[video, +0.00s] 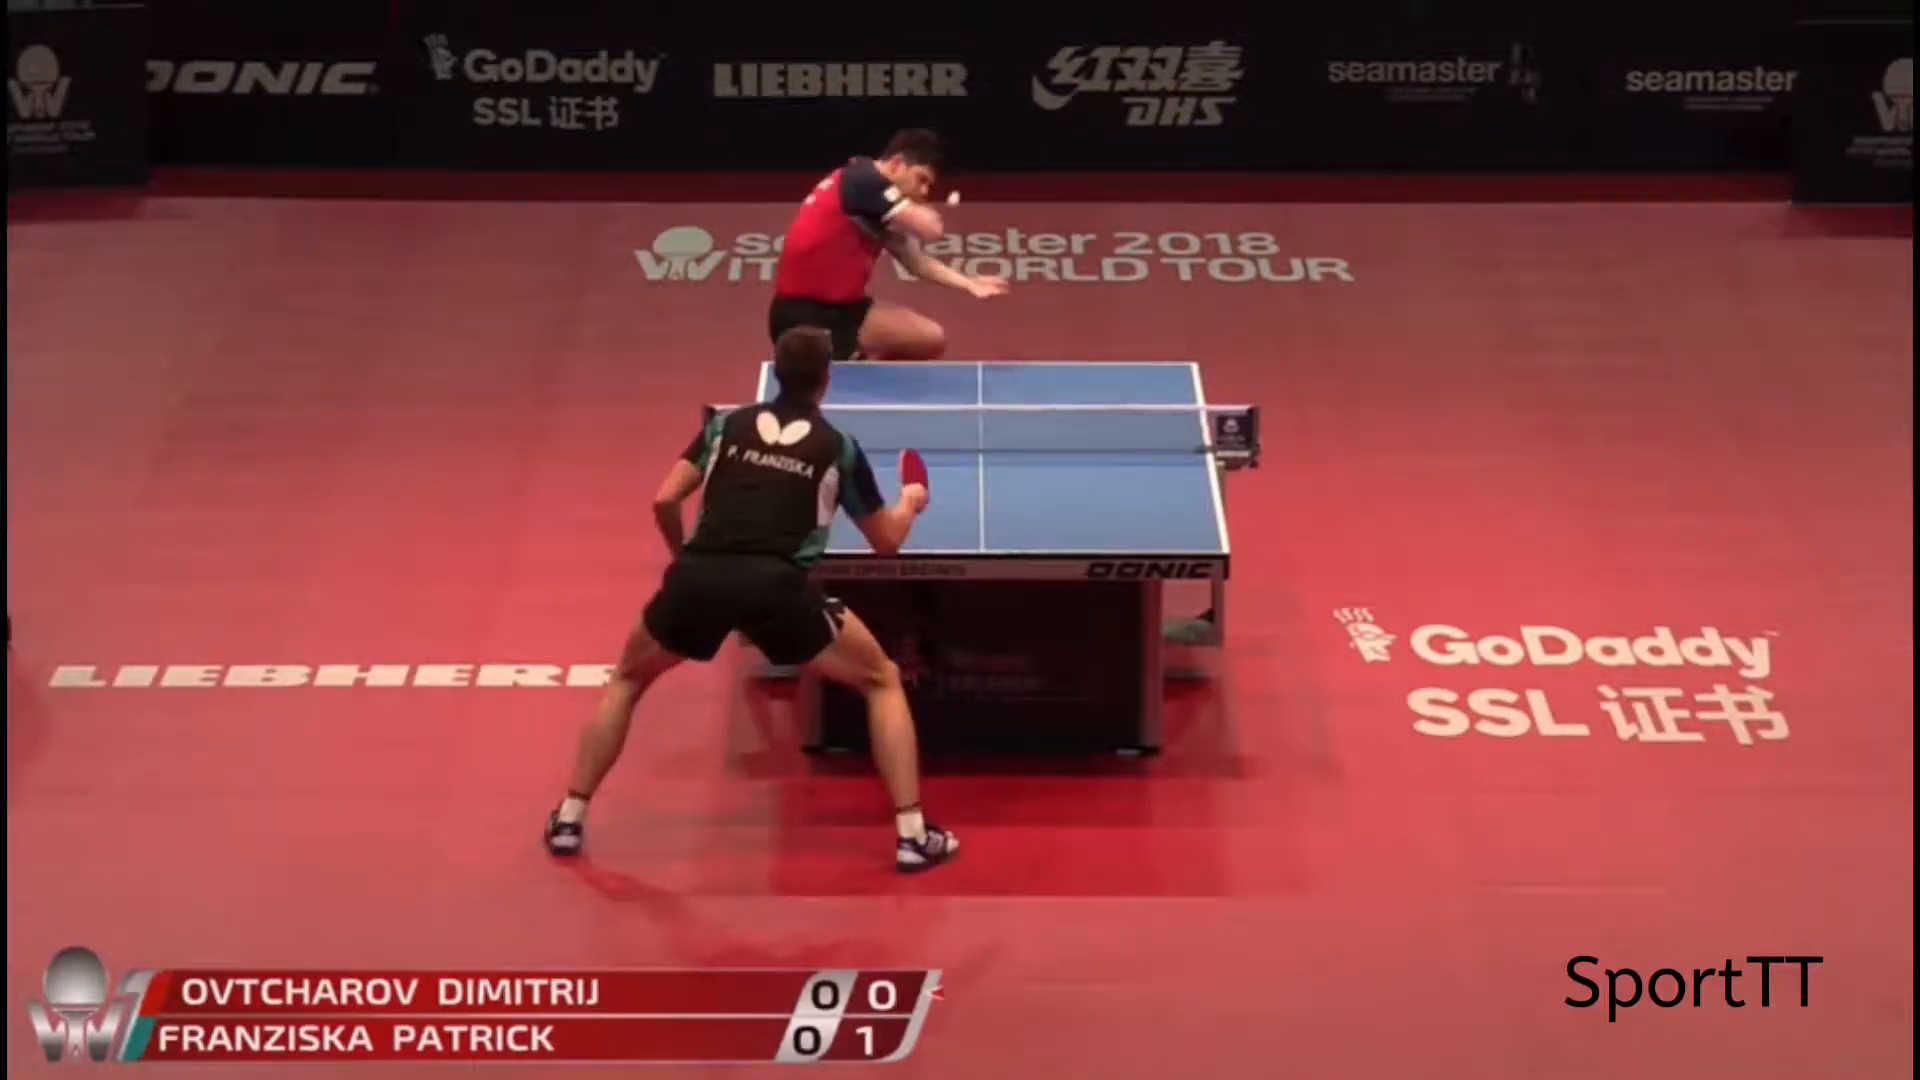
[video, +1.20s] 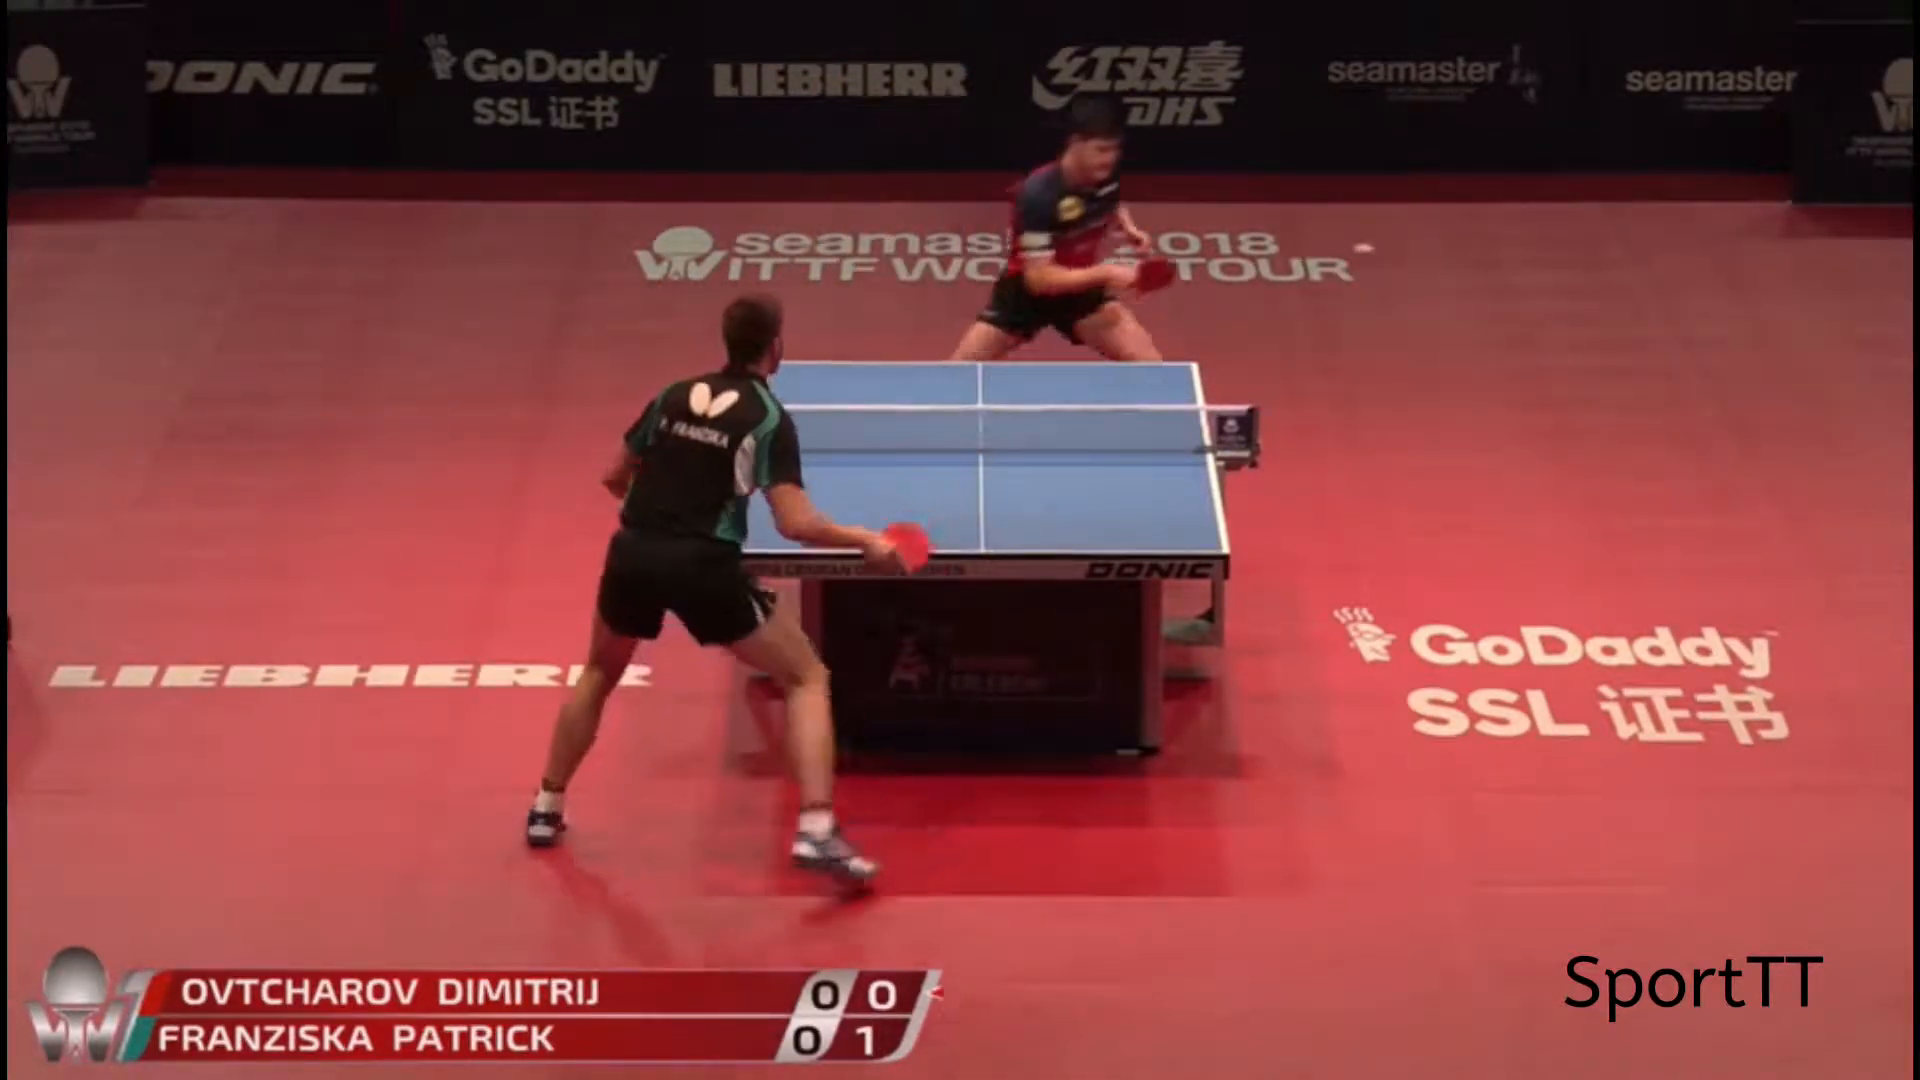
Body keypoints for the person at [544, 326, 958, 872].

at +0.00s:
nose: (819, 378)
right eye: (823, 370)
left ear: (775, 374)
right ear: (827, 378)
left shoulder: (726, 425)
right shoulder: (837, 447)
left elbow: (665, 502)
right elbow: (887, 538)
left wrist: (683, 562)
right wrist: (911, 502)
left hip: (699, 577)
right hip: (777, 586)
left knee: (628, 680)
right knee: (880, 680)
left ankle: (568, 816)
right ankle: (914, 833)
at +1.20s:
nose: (784, 349)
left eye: (776, 339)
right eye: (783, 341)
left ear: (726, 343)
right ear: (775, 350)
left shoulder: (676, 394)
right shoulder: (769, 415)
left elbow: (617, 475)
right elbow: (794, 522)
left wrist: (661, 509)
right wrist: (865, 541)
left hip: (633, 555)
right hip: (704, 566)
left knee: (597, 675)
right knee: (807, 678)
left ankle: (546, 808)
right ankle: (819, 829)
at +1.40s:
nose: (766, 388)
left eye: (762, 378)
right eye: (764, 380)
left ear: (708, 388)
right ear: (756, 389)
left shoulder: (663, 445)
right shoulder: (762, 464)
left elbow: (615, 537)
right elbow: (770, 571)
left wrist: (663, 569)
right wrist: (816, 609)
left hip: (635, 608)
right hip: (709, 621)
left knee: (604, 705)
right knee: (795, 744)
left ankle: (541, 818)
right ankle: (771, 892)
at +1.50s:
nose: (725, 355)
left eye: (720, 346)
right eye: (723, 347)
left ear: (666, 348)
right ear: (713, 351)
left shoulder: (619, 411)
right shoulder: (720, 421)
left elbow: (585, 503)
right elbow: (728, 524)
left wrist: (634, 527)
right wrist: (769, 573)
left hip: (611, 579)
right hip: (683, 586)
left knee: (589, 710)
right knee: (746, 722)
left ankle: (538, 838)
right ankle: (767, 878)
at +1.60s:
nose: (676, 272)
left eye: (669, 262)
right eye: (675, 263)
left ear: (618, 266)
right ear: (665, 268)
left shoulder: (575, 334)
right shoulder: (679, 340)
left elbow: (543, 422)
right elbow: (692, 443)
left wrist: (592, 441)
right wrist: (714, 486)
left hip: (575, 506)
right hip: (643, 511)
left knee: (575, 655)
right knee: (658, 670)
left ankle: (534, 792)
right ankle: (634, 822)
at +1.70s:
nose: (668, 262)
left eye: (661, 252)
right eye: (665, 253)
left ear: (608, 256)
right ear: (656, 258)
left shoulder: (567, 324)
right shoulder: (673, 332)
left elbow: (533, 414)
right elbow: (690, 434)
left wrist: (587, 430)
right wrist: (702, 478)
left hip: (568, 498)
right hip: (634, 504)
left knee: (571, 643)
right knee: (637, 664)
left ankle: (527, 783)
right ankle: (597, 811)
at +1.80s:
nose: (629, 278)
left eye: (617, 269)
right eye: (628, 270)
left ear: (571, 277)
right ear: (621, 276)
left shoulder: (536, 342)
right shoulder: (646, 348)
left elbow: (497, 434)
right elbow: (680, 451)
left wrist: (547, 448)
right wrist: (658, 474)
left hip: (533, 508)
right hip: (598, 518)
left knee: (523, 648)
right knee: (564, 678)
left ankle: (495, 783)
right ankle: (503, 823)